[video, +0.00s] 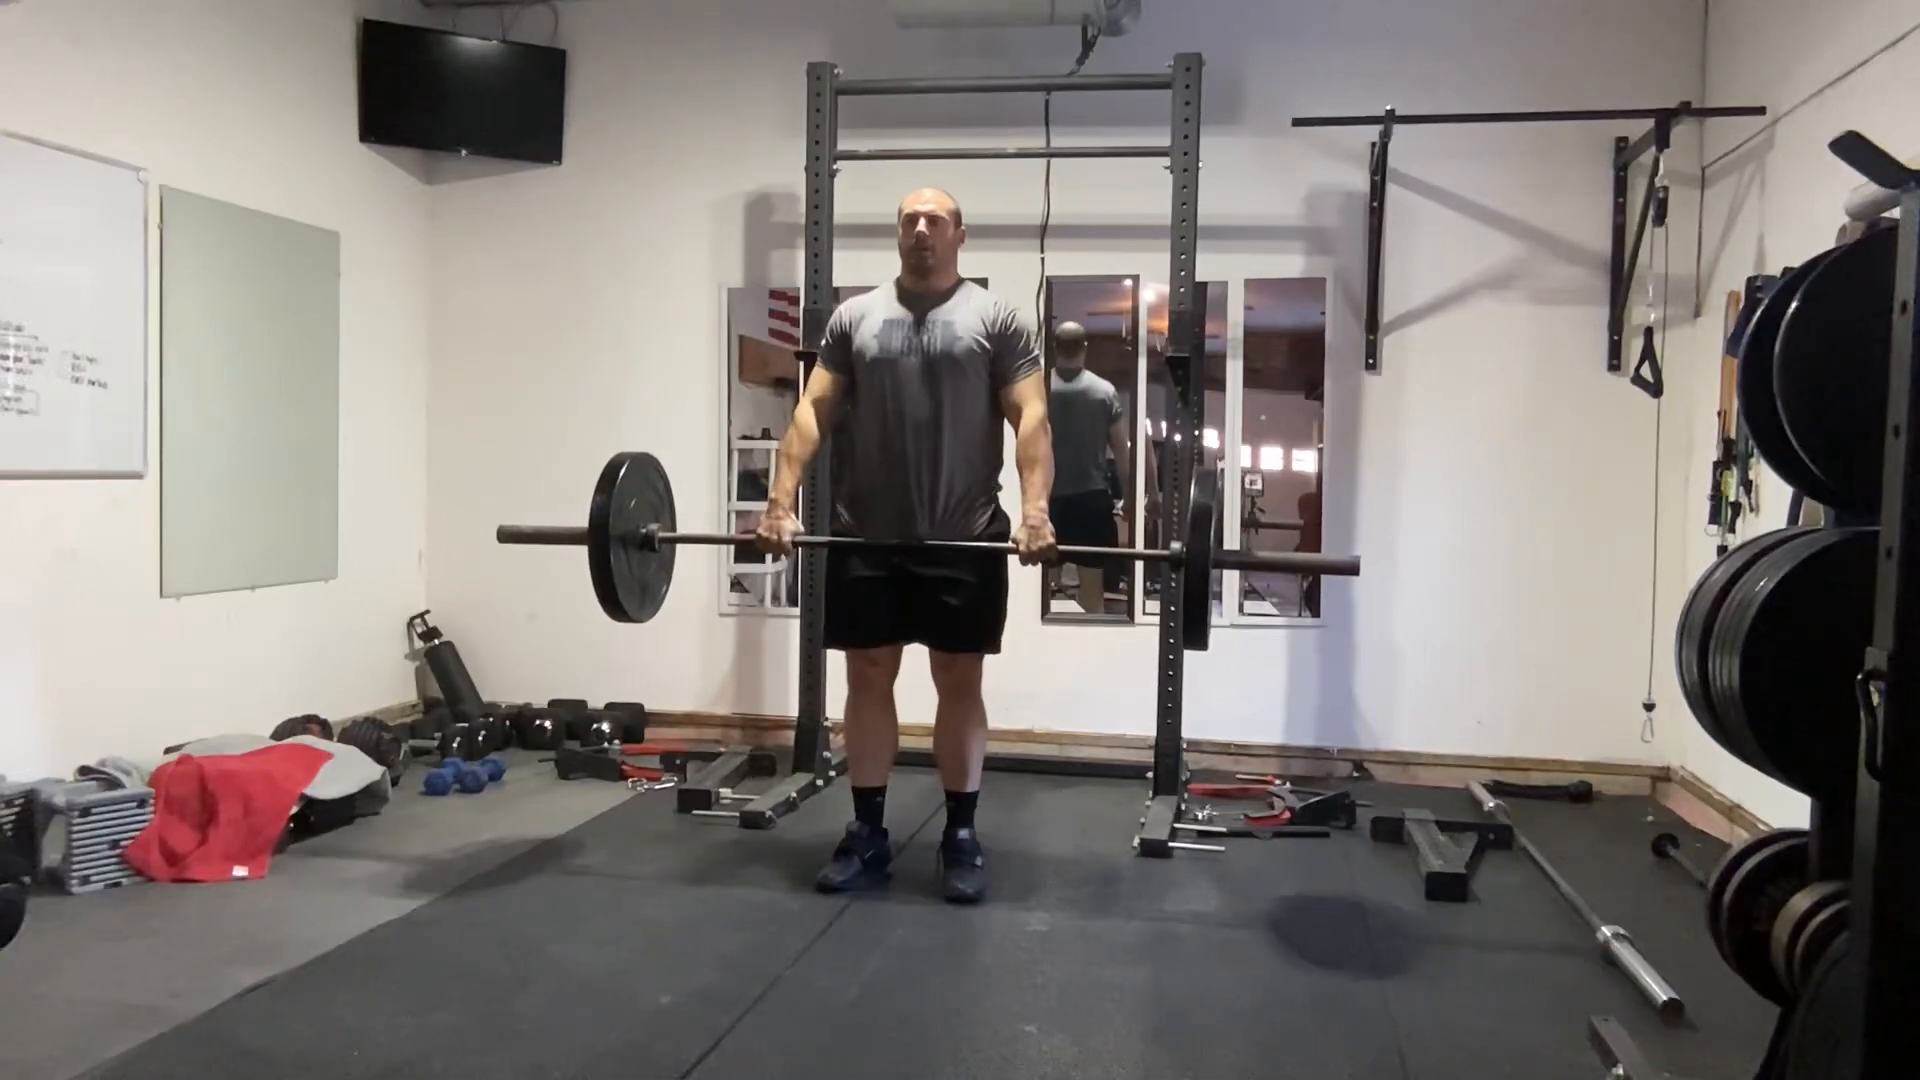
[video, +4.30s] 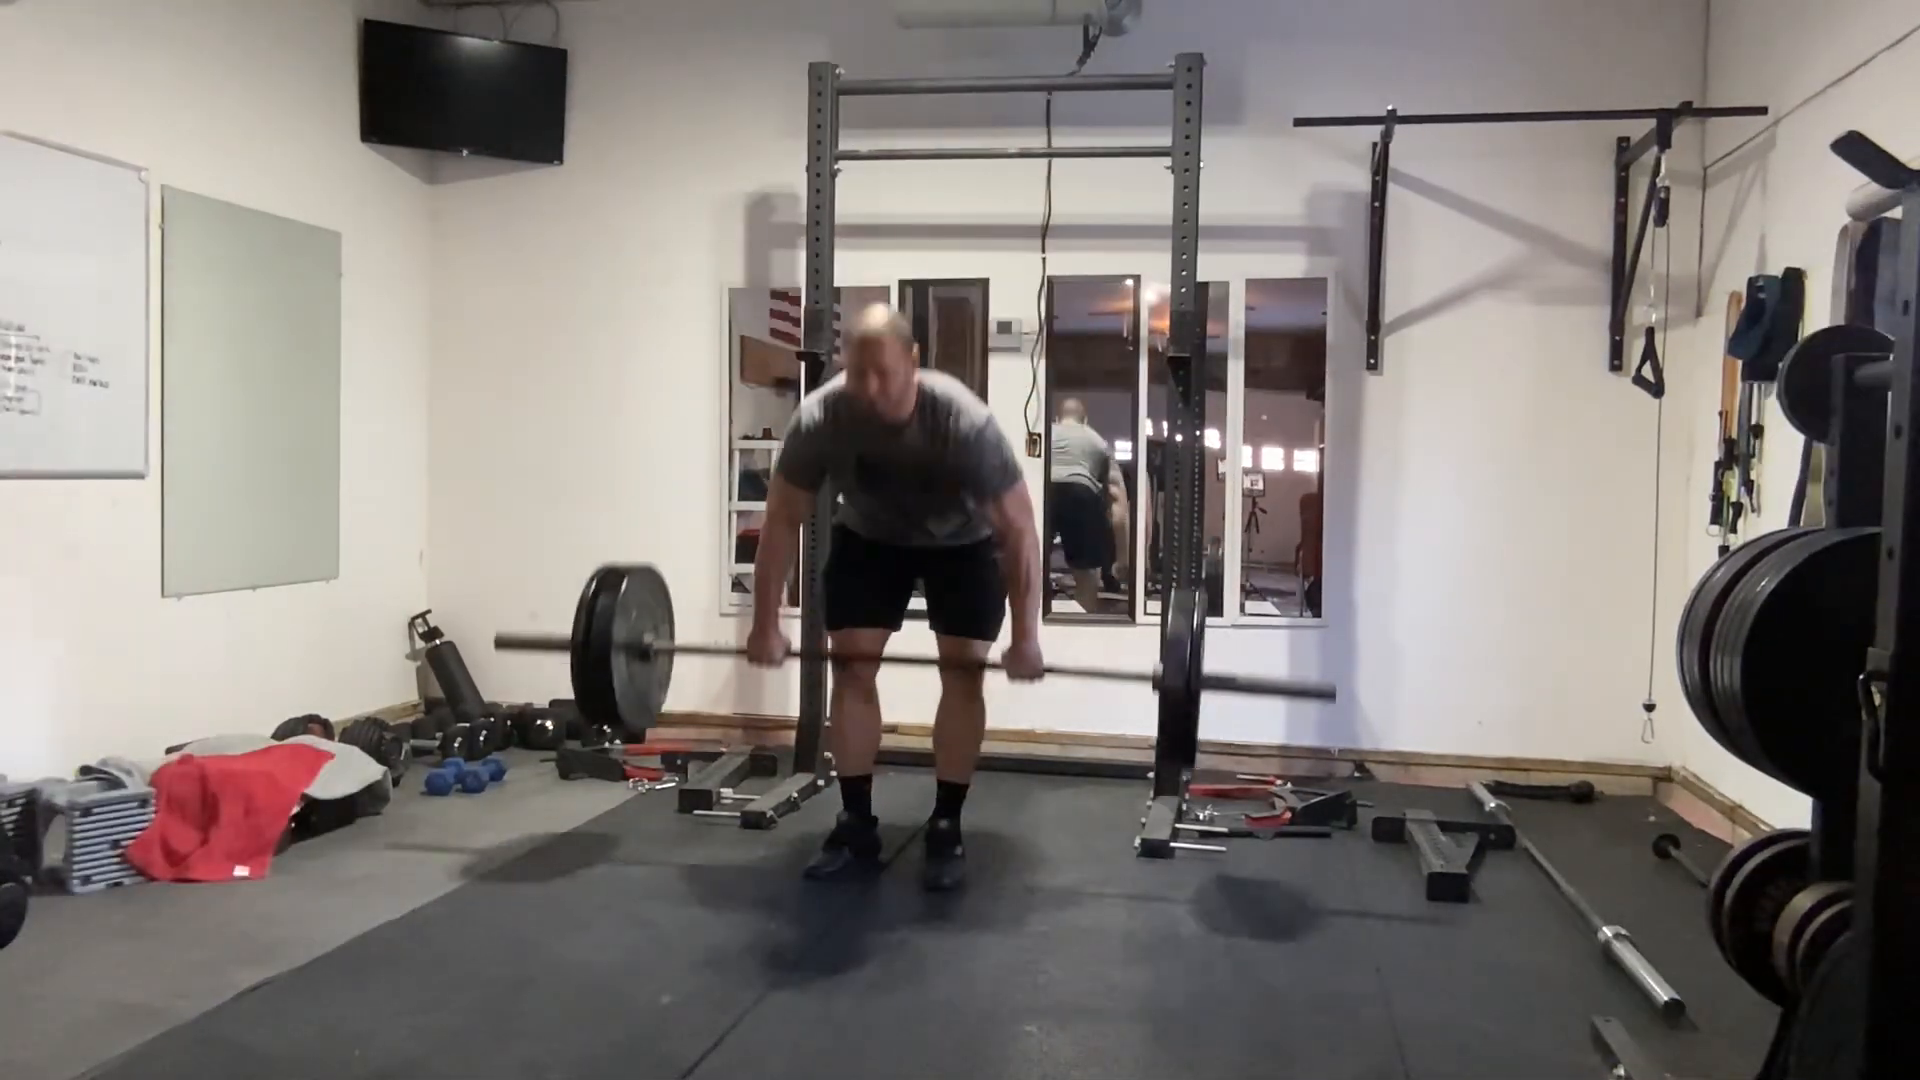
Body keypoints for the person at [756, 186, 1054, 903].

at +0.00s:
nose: (920, 228)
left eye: (935, 219)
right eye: (910, 219)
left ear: (959, 238)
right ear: (897, 236)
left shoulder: (995, 320)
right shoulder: (853, 318)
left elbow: (1030, 417)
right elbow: (810, 410)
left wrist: (1035, 508)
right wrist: (780, 501)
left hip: (962, 534)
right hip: (867, 533)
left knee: (958, 679)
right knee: (867, 676)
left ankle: (961, 836)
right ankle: (866, 836)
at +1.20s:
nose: (915, 211)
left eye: (930, 204)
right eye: (904, 203)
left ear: (954, 224)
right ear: (889, 221)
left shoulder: (989, 288)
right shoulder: (851, 289)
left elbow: (1051, 361)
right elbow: (791, 362)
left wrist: (1037, 425)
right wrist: (770, 418)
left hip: (954, 486)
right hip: (862, 483)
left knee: (950, 647)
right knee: (857, 648)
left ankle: (962, 827)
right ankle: (853, 822)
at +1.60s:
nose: (902, 224)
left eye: (918, 216)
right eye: (893, 216)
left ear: (949, 238)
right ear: (881, 238)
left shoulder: (970, 316)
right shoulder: (846, 313)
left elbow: (998, 368)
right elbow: (792, 344)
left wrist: (1019, 301)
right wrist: (784, 282)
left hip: (946, 527)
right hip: (854, 526)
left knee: (948, 683)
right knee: (861, 683)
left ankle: (960, 840)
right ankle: (867, 836)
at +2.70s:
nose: (920, 204)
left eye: (936, 201)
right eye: (910, 199)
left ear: (960, 229)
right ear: (893, 222)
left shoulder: (971, 285)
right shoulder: (852, 284)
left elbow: (1033, 283)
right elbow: (766, 283)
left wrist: (1037, 193)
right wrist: (769, 199)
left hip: (948, 498)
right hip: (857, 497)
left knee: (953, 671)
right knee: (863, 670)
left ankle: (964, 836)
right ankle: (863, 833)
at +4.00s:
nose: (908, 219)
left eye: (926, 214)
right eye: (900, 213)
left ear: (954, 244)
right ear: (885, 241)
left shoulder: (972, 317)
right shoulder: (848, 320)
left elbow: (1017, 378)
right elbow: (774, 389)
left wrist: (1034, 291)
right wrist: (769, 301)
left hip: (948, 527)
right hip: (856, 524)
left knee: (950, 688)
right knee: (846, 684)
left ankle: (959, 841)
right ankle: (867, 840)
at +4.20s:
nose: (864, 459)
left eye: (877, 447)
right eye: (853, 445)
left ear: (905, 429)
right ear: (837, 432)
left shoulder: (958, 467)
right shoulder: (810, 470)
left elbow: (1013, 574)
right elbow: (779, 573)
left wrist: (1023, 689)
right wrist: (762, 675)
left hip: (956, 554)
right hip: (862, 555)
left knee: (965, 682)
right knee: (839, 672)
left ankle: (946, 828)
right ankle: (856, 829)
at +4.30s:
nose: (871, 387)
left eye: (884, 372)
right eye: (859, 372)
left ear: (914, 363)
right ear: (843, 367)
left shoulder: (962, 420)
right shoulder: (819, 420)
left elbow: (1019, 522)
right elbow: (782, 515)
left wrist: (1025, 634)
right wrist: (765, 619)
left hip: (962, 542)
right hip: (869, 539)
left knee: (963, 674)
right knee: (853, 669)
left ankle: (946, 826)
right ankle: (856, 827)